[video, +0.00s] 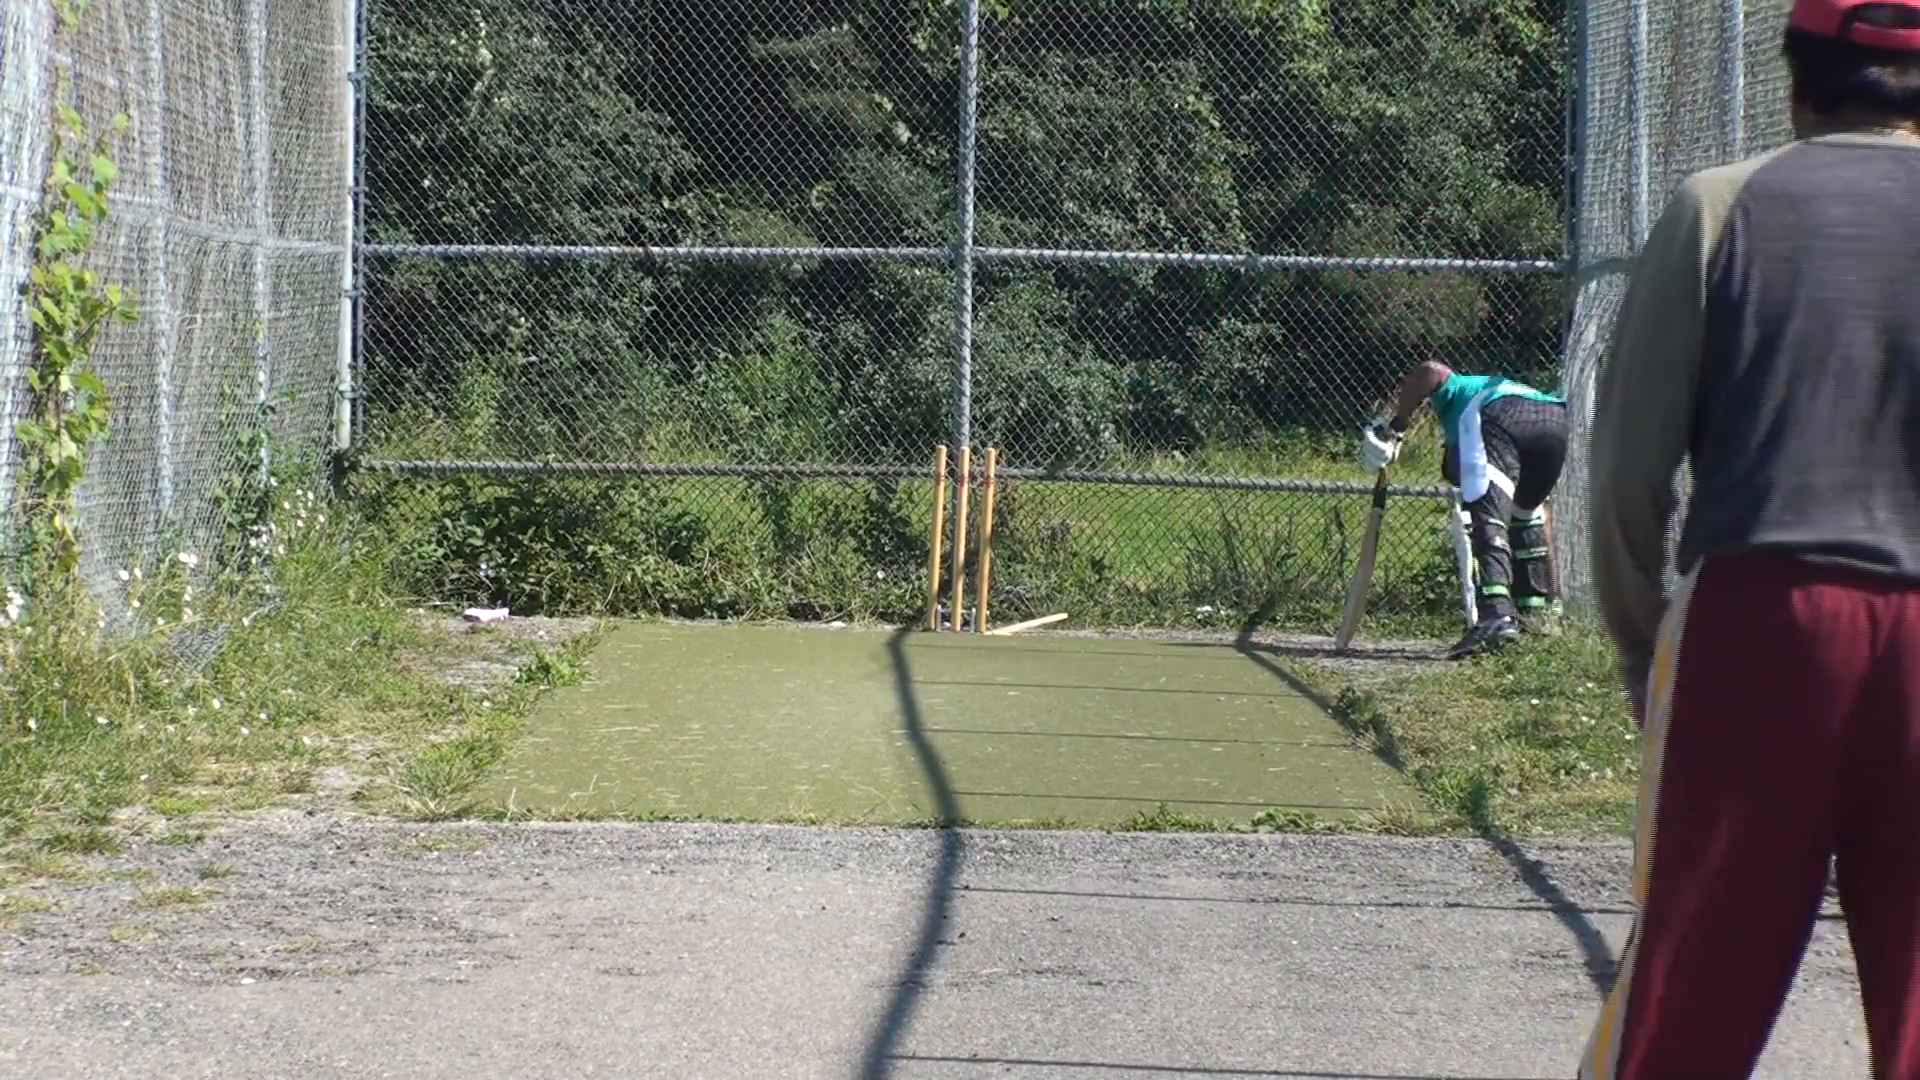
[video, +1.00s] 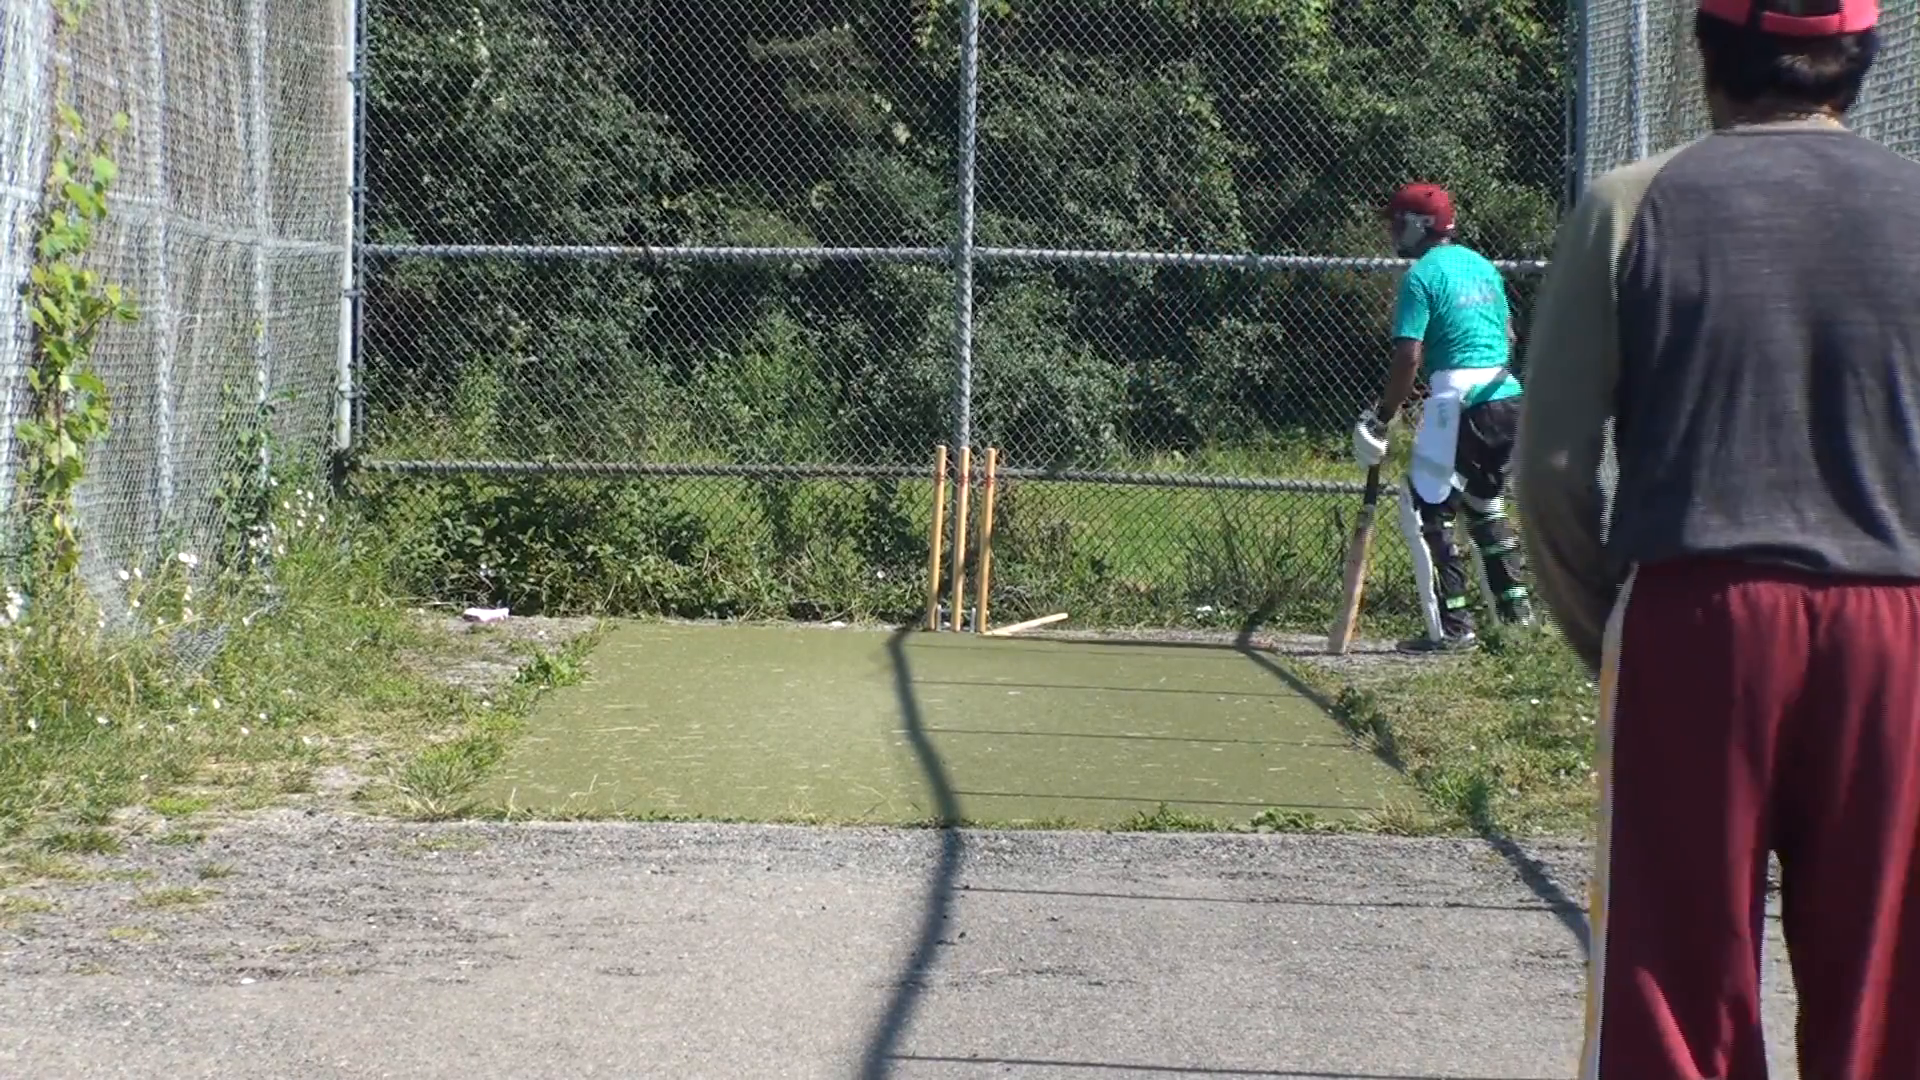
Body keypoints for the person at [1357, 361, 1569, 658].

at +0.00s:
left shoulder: (1456, 393)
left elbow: (1431, 370)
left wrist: (1395, 425)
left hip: (1500, 413)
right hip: (1558, 418)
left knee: (1490, 517)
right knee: (1527, 513)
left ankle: (1497, 616)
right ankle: (1537, 609)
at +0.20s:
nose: (1457, 479)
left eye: (1448, 472)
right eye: (1452, 475)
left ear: (1446, 443)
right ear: (1459, 444)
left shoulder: (1454, 393)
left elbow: (1431, 369)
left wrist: (1396, 427)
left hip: (1498, 410)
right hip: (1554, 415)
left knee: (1485, 513)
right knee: (1525, 513)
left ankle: (1494, 614)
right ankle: (1537, 609)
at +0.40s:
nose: (1435, 422)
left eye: (1430, 414)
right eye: (1430, 418)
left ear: (1431, 390)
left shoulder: (1441, 346)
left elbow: (1424, 364)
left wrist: (1391, 426)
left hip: (1498, 398)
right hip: (1543, 399)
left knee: (1468, 508)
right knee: (1523, 510)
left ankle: (1489, 601)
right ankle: (1532, 606)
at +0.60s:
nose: (1415, 329)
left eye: (1415, 320)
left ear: (1426, 303)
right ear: (1452, 299)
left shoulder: (1431, 308)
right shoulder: (1482, 317)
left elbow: (1420, 361)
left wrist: (1393, 422)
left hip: (1487, 392)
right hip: (1527, 386)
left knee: (1443, 497)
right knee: (1509, 494)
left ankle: (1466, 611)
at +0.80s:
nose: (1402, 271)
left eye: (1403, 261)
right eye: (1399, 262)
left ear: (1421, 253)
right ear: (1450, 251)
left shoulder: (1423, 287)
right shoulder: (1491, 283)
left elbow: (1411, 360)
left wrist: (1385, 424)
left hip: (1473, 392)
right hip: (1524, 387)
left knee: (1433, 507)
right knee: (1510, 500)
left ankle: (1455, 622)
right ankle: (1539, 611)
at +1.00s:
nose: (1391, 232)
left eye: (1397, 223)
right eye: (1392, 222)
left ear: (1419, 225)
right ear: (1442, 226)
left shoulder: (1420, 275)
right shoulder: (1482, 264)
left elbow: (1408, 358)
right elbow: (1507, 333)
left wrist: (1382, 418)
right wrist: (1450, 382)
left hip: (1459, 409)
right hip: (1505, 402)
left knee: (1428, 508)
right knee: (1485, 504)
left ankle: (1452, 625)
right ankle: (1517, 611)